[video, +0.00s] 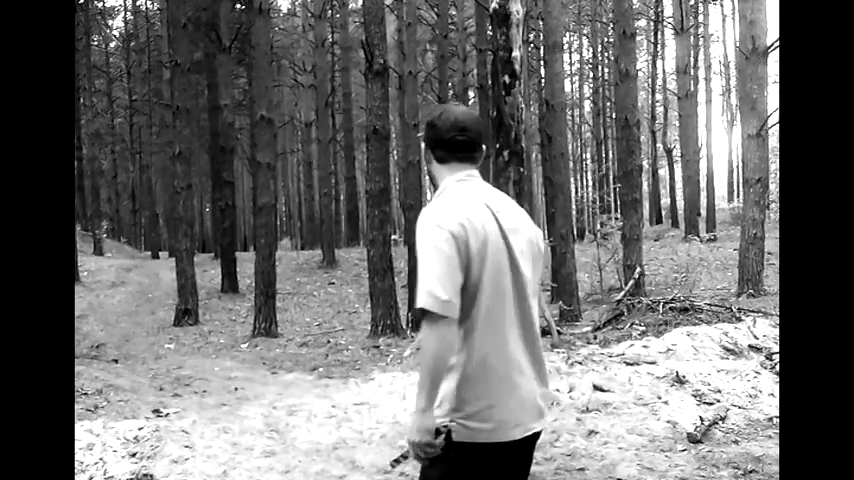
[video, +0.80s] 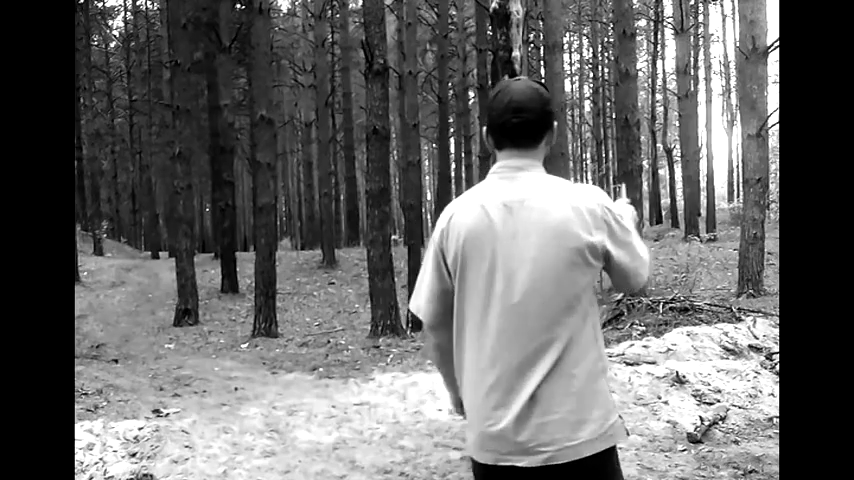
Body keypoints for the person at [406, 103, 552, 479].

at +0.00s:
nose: (424, 156)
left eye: (424, 148)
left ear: (427, 153)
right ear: (483, 153)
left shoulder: (441, 217)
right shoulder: (516, 213)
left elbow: (441, 323)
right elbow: (531, 309)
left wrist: (423, 411)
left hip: (470, 425)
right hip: (524, 418)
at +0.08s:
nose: (419, 157)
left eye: (419, 151)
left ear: (422, 156)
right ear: (481, 155)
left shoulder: (425, 222)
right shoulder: (522, 218)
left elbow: (418, 325)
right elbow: (534, 315)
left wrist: (407, 416)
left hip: (467, 427)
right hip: (528, 420)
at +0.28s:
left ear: (422, 153)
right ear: (479, 150)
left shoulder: (405, 224)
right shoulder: (527, 214)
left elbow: (376, 330)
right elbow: (545, 303)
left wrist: (365, 409)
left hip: (458, 430)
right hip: (535, 421)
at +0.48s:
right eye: (506, 135)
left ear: (442, 145)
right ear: (503, 140)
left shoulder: (415, 220)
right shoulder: (545, 208)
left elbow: (384, 326)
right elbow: (572, 290)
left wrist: (371, 399)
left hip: (456, 430)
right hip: (543, 424)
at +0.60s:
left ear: (465, 143)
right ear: (526, 138)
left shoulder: (435, 222)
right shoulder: (566, 209)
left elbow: (406, 328)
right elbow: (602, 285)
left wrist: (403, 399)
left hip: (472, 444)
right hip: (565, 442)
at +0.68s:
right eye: (539, 133)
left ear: (475, 142)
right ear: (537, 139)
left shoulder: (444, 220)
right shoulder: (575, 208)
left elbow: (418, 328)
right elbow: (614, 282)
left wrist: (422, 398)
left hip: (483, 444)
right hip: (573, 441)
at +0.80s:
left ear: (487, 137)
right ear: (551, 133)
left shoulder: (456, 217)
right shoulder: (586, 205)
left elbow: (435, 325)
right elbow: (635, 281)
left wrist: (456, 392)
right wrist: (626, 223)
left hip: (493, 438)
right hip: (580, 436)